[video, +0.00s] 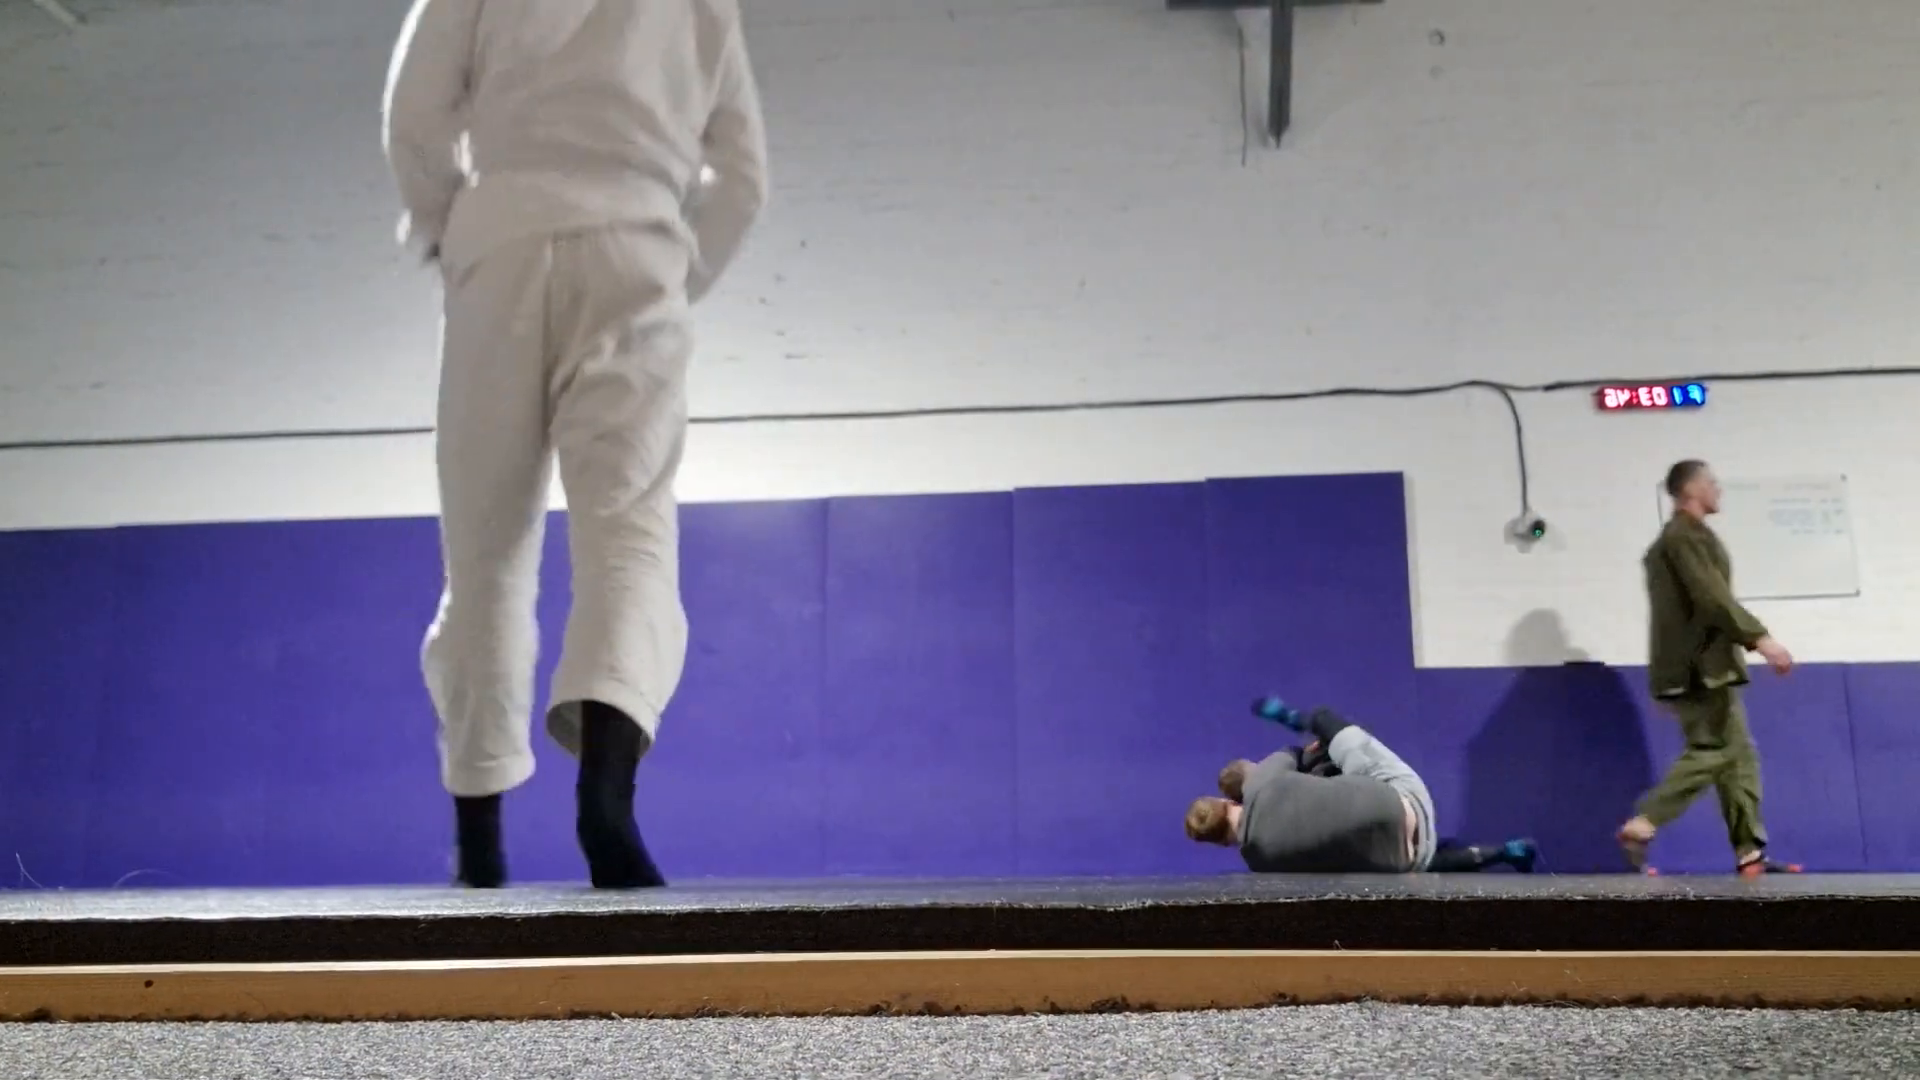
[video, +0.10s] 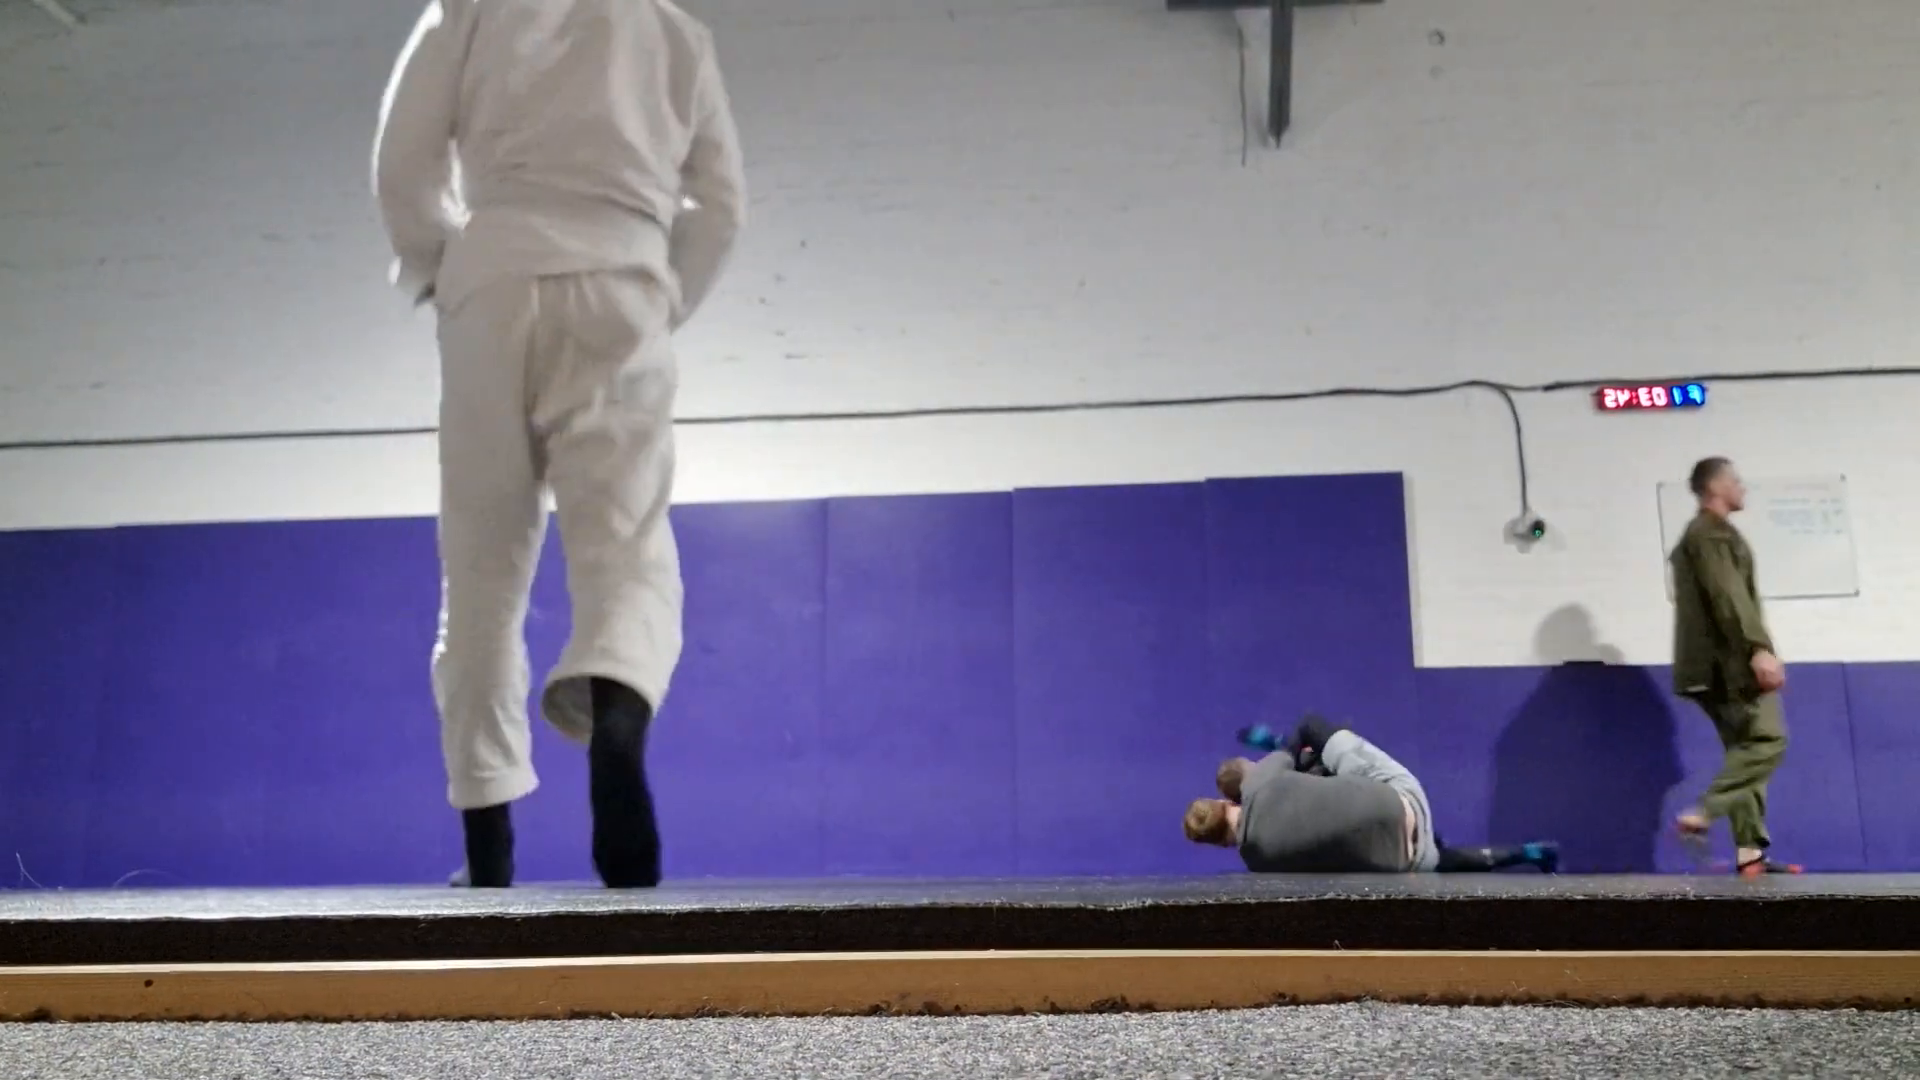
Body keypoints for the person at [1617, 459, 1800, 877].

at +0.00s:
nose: (1718, 489)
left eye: (1715, 482)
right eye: (1710, 482)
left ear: (1688, 492)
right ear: (1689, 490)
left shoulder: (1689, 537)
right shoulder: (1683, 539)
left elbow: (1698, 608)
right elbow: (1713, 601)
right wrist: (1763, 641)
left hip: (1706, 669)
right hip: (1693, 671)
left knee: (1737, 755)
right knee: (1712, 752)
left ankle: (1750, 855)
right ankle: (1641, 826)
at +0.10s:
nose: (1741, 487)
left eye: (1738, 479)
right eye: (1733, 480)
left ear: (1710, 490)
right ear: (1712, 487)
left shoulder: (1700, 535)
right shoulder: (1712, 535)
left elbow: (1714, 604)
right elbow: (1730, 599)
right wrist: (1759, 649)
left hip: (1711, 666)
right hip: (1728, 664)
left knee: (1745, 752)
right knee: (1768, 740)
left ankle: (1750, 854)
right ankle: (1701, 814)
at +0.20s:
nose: (1767, 484)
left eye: (1764, 477)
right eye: (1759, 477)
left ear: (1736, 486)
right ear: (1738, 484)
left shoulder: (1726, 531)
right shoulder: (1736, 531)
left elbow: (1731, 603)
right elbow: (1741, 599)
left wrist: (1747, 658)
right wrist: (1756, 654)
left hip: (1735, 667)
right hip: (1761, 664)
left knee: (1752, 756)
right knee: (1807, 742)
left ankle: (1751, 853)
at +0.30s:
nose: (1792, 484)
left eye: (1789, 476)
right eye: (1785, 477)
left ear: (1761, 486)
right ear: (1763, 484)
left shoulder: (1756, 530)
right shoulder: (1760, 530)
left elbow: (1757, 601)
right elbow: (1759, 598)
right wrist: (1762, 656)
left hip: (1762, 669)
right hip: (1792, 665)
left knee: (1763, 762)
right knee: (1833, 753)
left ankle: (1751, 855)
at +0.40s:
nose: (1818, 486)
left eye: (1815, 478)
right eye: (1809, 479)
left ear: (1787, 487)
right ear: (1788, 486)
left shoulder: (1784, 533)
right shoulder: (1785, 534)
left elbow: (1783, 603)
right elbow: (1781, 600)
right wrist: (1782, 658)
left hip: (1786, 672)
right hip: (1817, 668)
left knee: (1778, 762)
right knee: (1865, 759)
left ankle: (1753, 850)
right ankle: (1910, 843)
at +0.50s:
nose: (1847, 484)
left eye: (1843, 476)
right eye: (1840, 477)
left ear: (1812, 487)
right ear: (1822, 485)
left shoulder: (1803, 535)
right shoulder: (1818, 535)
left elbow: (1809, 606)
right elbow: (1815, 602)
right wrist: (1816, 659)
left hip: (1819, 674)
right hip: (1855, 670)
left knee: (1804, 760)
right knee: (1897, 762)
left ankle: (1761, 841)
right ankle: (1916, 849)